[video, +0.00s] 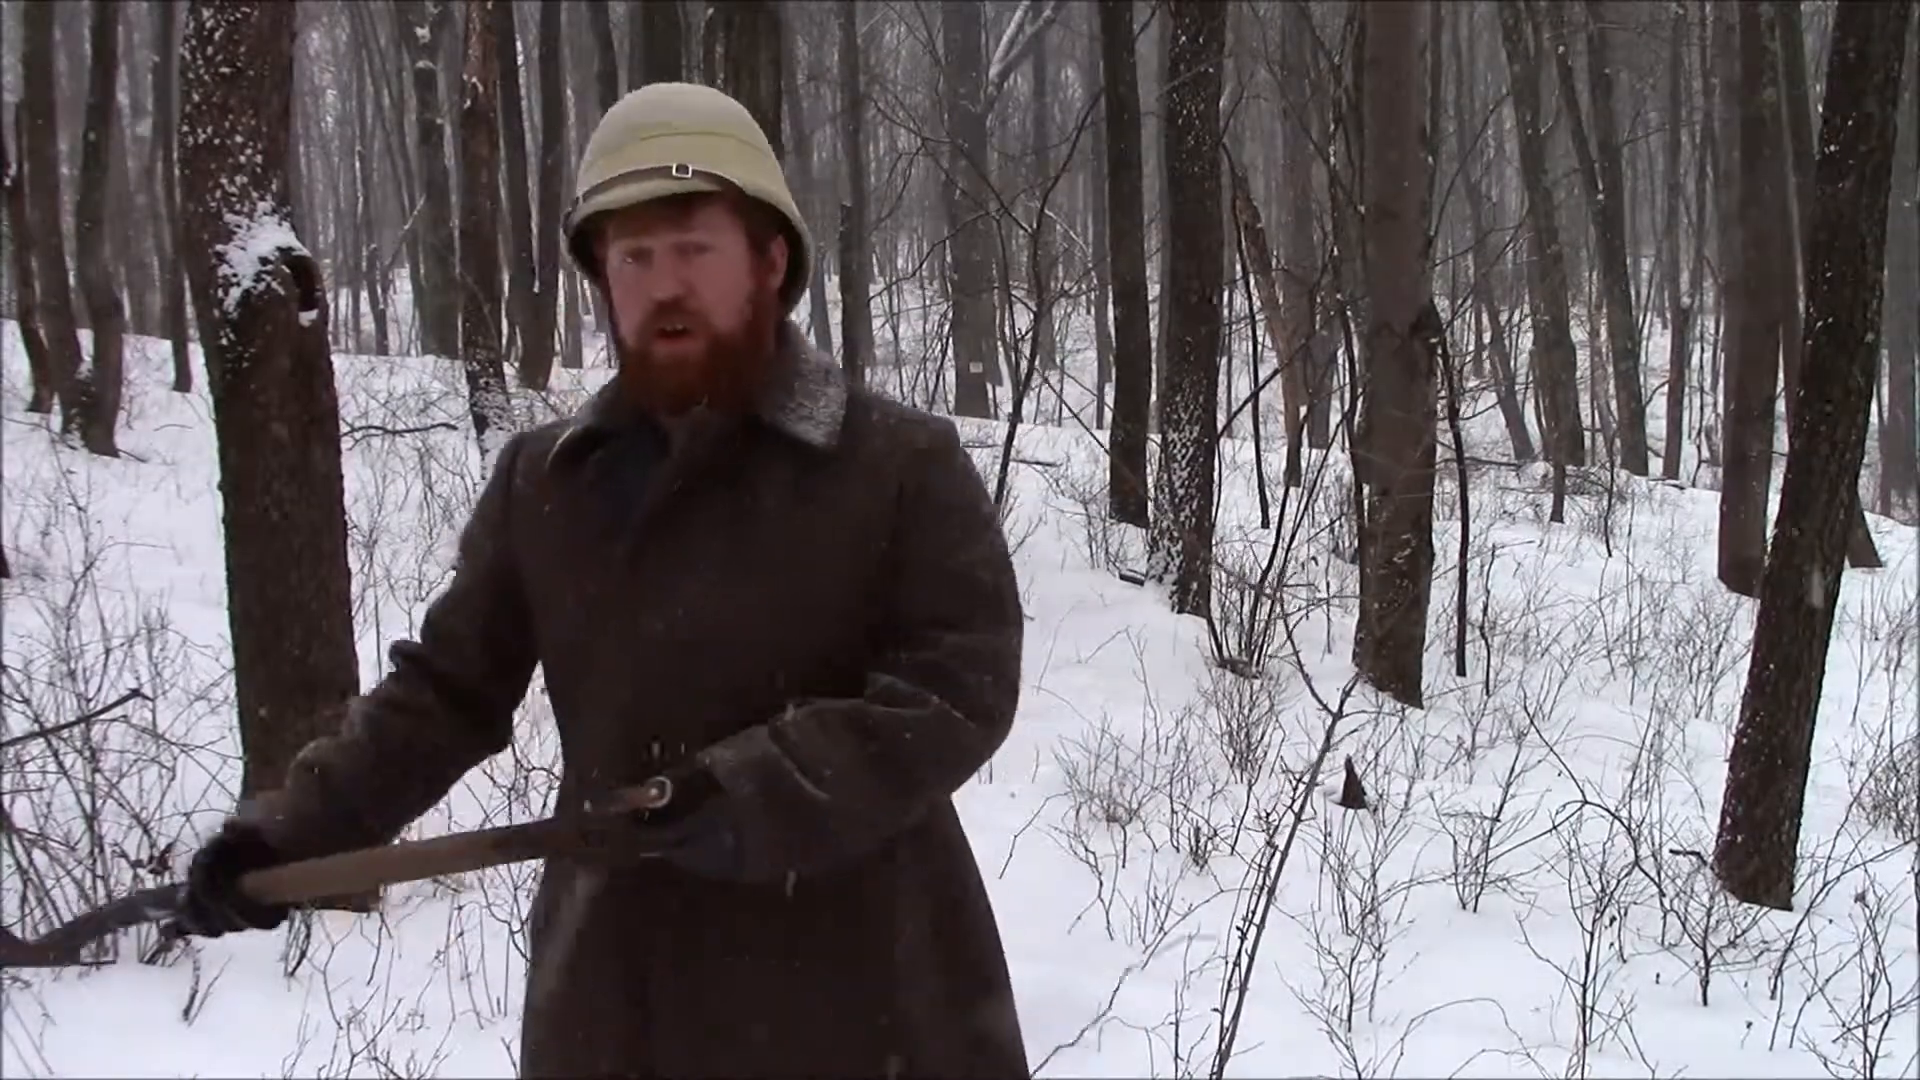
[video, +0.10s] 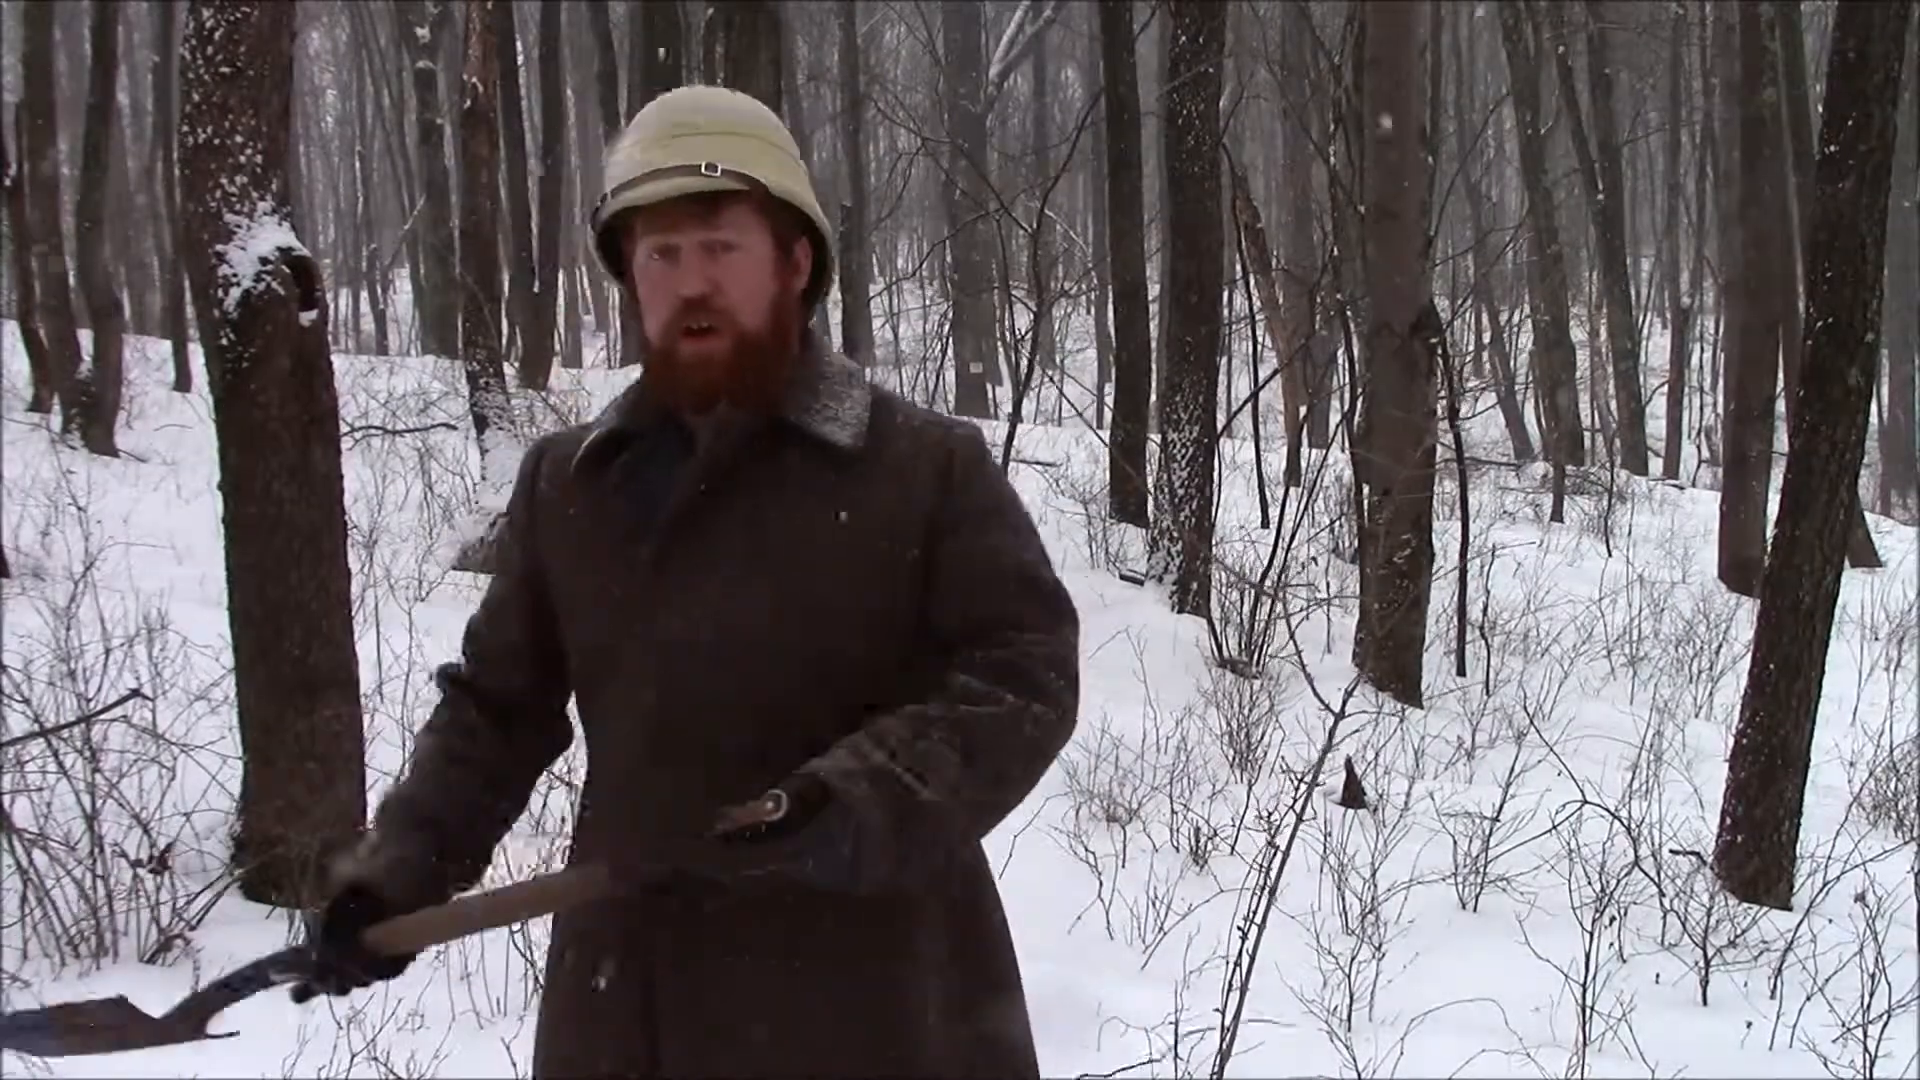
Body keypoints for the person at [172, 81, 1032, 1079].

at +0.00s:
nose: (666, 286)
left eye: (696, 248)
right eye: (636, 257)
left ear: (773, 261)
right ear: (602, 283)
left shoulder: (902, 465)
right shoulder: (541, 481)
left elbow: (959, 691)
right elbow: (448, 689)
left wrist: (746, 801)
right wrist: (288, 826)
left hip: (862, 1003)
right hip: (619, 1014)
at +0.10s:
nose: (689, 281)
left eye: (722, 243)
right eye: (660, 250)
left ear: (797, 262)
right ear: (630, 279)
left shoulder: (929, 469)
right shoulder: (566, 486)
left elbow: (1023, 683)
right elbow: (497, 706)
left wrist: (863, 804)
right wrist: (403, 864)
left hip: (880, 1014)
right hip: (632, 1017)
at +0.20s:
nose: (717, 283)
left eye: (748, 248)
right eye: (688, 254)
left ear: (824, 265)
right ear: (655, 282)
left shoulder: (958, 469)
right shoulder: (591, 490)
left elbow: (1081, 664)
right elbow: (543, 730)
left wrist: (985, 803)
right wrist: (505, 920)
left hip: (900, 1021)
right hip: (648, 1025)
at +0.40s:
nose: (776, 280)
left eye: (803, 243)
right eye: (743, 253)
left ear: (873, 259)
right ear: (706, 288)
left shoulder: (1014, 455)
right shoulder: (646, 495)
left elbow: (1149, 630)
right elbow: (609, 741)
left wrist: (1114, 773)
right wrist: (618, 939)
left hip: (990, 1009)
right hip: (736, 1025)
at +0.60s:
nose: (816, 327)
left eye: (839, 284)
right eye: (779, 297)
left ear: (906, 293)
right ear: (738, 326)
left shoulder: (1055, 469)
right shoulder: (690, 537)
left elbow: (1176, 647)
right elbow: (655, 792)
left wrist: (1133, 792)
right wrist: (656, 1010)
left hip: (1048, 997)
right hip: (798, 1013)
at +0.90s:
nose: (765, 435)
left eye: (781, 383)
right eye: (722, 408)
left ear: (845, 362)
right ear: (682, 432)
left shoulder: (1011, 485)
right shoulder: (660, 637)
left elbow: (1155, 623)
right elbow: (691, 920)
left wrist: (1154, 778)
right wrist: (735, 1064)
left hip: (1102, 1013)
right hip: (859, 1052)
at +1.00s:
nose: (726, 502)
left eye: (739, 450)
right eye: (681, 471)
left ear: (800, 400)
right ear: (637, 480)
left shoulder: (981, 497)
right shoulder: (635, 682)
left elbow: (1137, 607)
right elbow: (695, 963)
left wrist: (1144, 781)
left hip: (1084, 990)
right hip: (857, 1050)